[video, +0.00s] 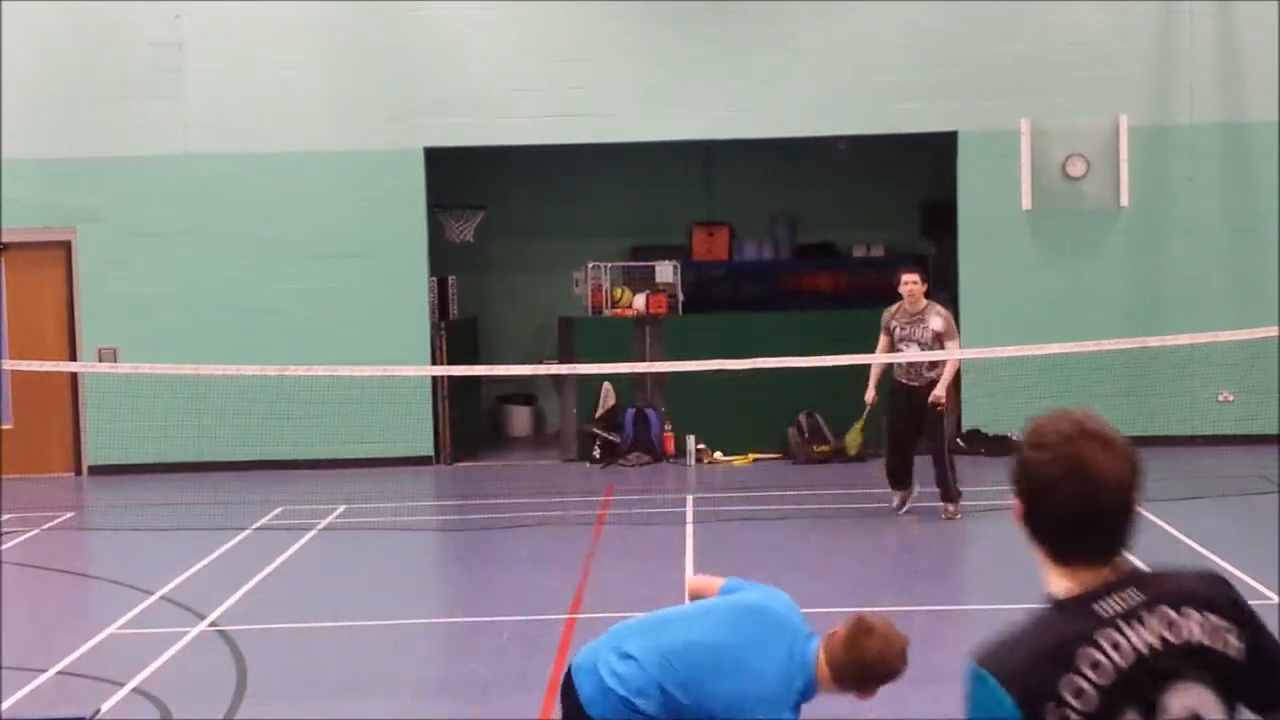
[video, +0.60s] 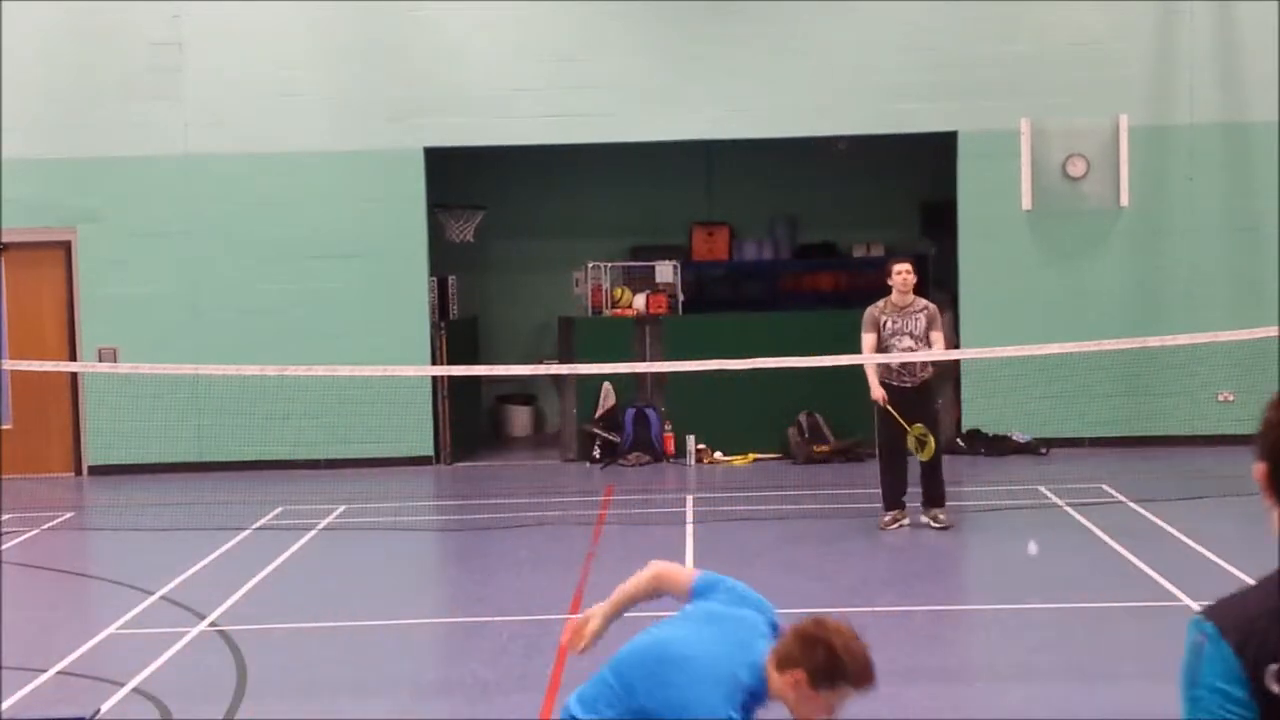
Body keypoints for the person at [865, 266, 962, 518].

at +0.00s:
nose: (909, 288)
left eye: (913, 283)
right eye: (904, 283)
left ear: (924, 287)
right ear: (899, 288)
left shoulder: (940, 316)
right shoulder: (891, 316)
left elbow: (953, 355)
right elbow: (881, 353)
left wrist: (942, 386)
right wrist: (871, 386)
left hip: (934, 386)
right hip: (902, 386)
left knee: (939, 444)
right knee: (896, 440)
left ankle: (950, 500)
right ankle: (902, 487)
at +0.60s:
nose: (905, 277)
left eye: (908, 273)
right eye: (899, 273)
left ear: (915, 278)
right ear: (890, 279)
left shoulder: (929, 309)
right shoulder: (875, 312)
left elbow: (939, 346)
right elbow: (868, 353)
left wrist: (932, 358)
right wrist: (874, 385)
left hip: (923, 387)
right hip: (890, 389)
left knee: (929, 446)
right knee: (890, 449)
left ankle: (934, 507)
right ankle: (894, 509)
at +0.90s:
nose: (925, 281)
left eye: (929, 276)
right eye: (920, 276)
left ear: (934, 281)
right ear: (909, 281)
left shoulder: (945, 313)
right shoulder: (891, 314)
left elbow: (952, 345)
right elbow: (885, 354)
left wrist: (939, 343)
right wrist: (889, 389)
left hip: (934, 391)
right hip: (902, 391)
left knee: (939, 451)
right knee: (898, 452)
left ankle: (947, 514)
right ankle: (896, 510)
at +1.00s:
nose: (933, 280)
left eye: (937, 275)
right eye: (927, 275)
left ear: (944, 280)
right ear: (917, 280)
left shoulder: (954, 312)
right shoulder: (900, 312)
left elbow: (960, 344)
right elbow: (892, 354)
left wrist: (945, 341)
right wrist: (893, 390)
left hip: (944, 391)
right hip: (910, 390)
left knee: (945, 451)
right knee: (904, 451)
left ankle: (947, 515)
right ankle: (895, 508)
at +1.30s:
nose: (950, 280)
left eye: (954, 274)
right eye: (944, 275)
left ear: (963, 278)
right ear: (937, 280)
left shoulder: (979, 312)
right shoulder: (923, 312)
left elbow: (985, 347)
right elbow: (912, 354)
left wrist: (958, 340)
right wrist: (907, 390)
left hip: (964, 390)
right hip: (931, 389)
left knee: (959, 454)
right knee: (935, 452)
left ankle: (950, 516)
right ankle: (923, 512)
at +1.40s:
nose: (953, 281)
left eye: (957, 275)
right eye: (947, 277)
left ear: (967, 278)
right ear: (941, 281)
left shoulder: (983, 312)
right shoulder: (928, 313)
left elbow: (991, 350)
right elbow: (917, 355)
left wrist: (973, 360)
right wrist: (913, 393)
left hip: (969, 389)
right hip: (937, 388)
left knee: (964, 453)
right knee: (944, 452)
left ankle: (957, 515)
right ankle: (943, 516)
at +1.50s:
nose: (956, 283)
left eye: (960, 277)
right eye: (951, 279)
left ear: (970, 279)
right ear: (944, 283)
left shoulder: (987, 314)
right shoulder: (931, 316)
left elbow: (995, 354)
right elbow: (922, 359)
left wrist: (985, 378)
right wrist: (920, 397)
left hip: (974, 390)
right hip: (943, 390)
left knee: (969, 454)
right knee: (951, 453)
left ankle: (946, 513)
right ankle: (964, 515)